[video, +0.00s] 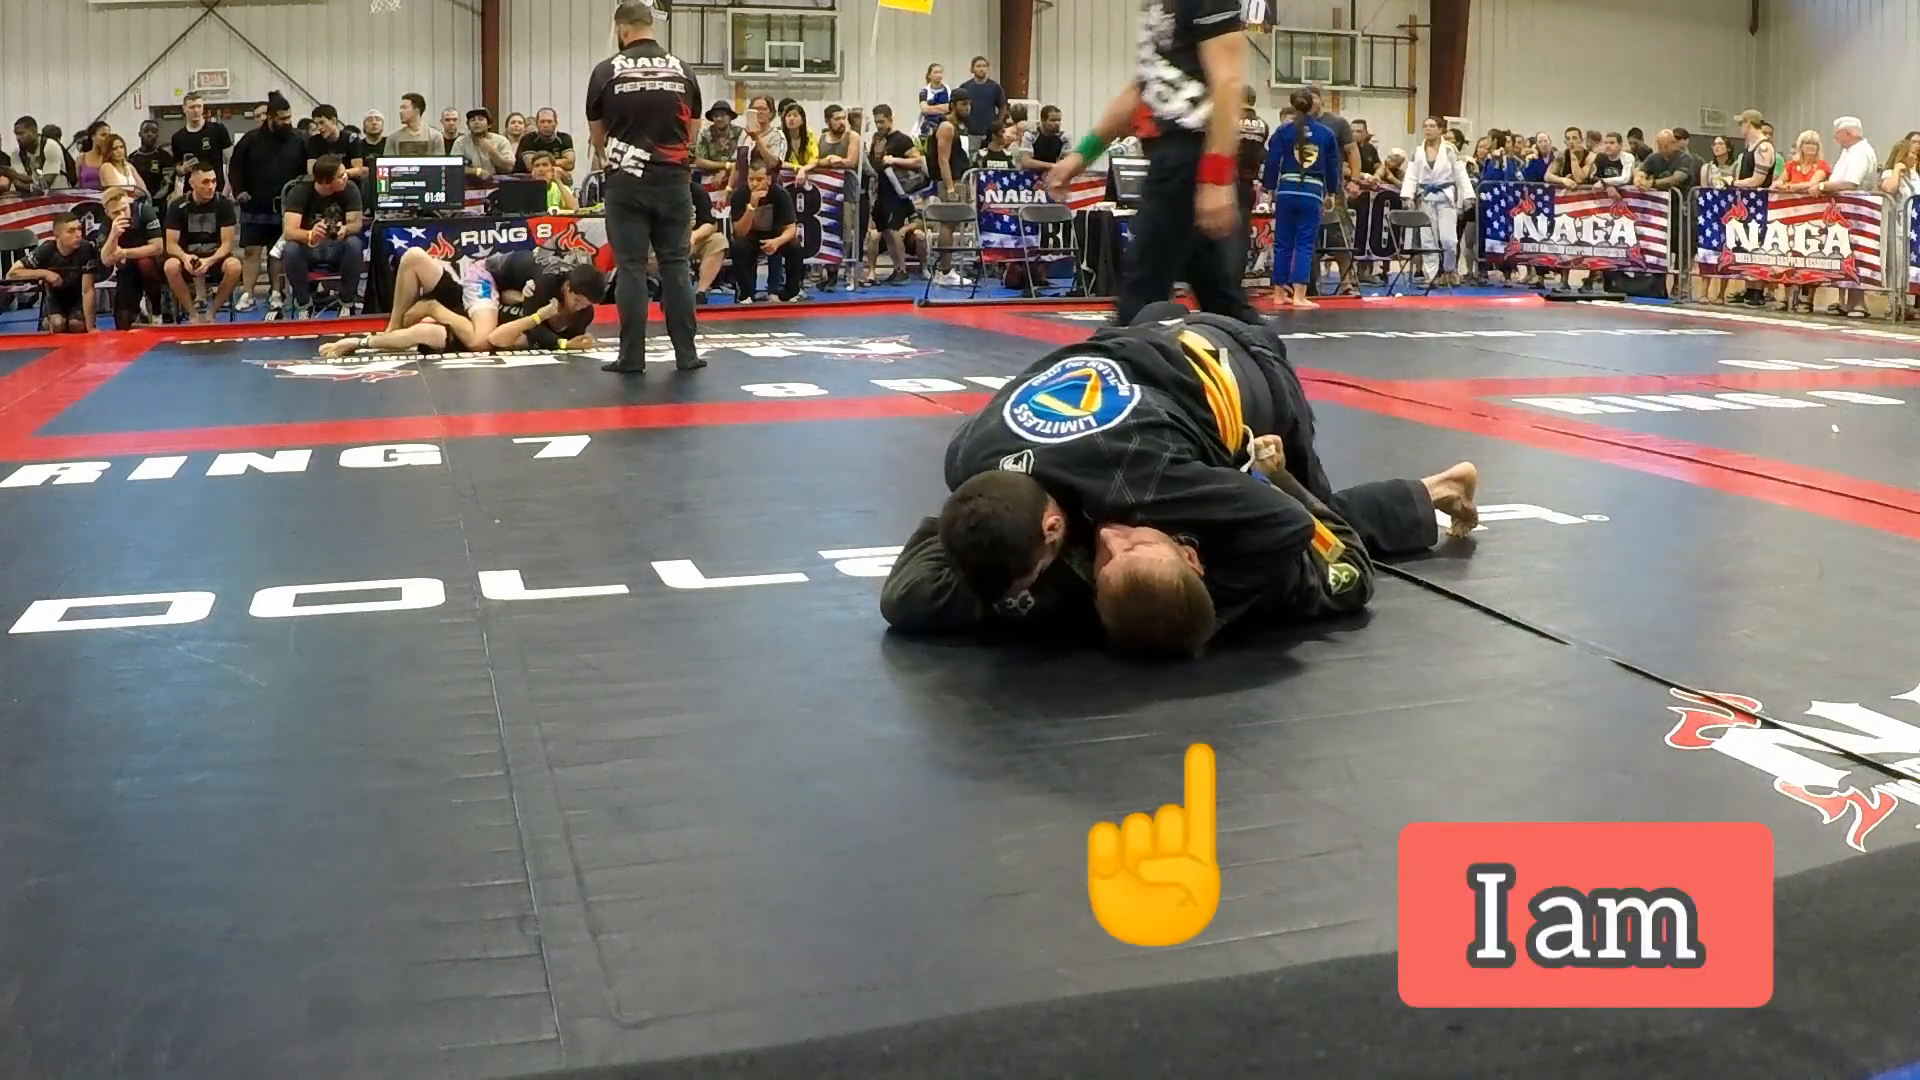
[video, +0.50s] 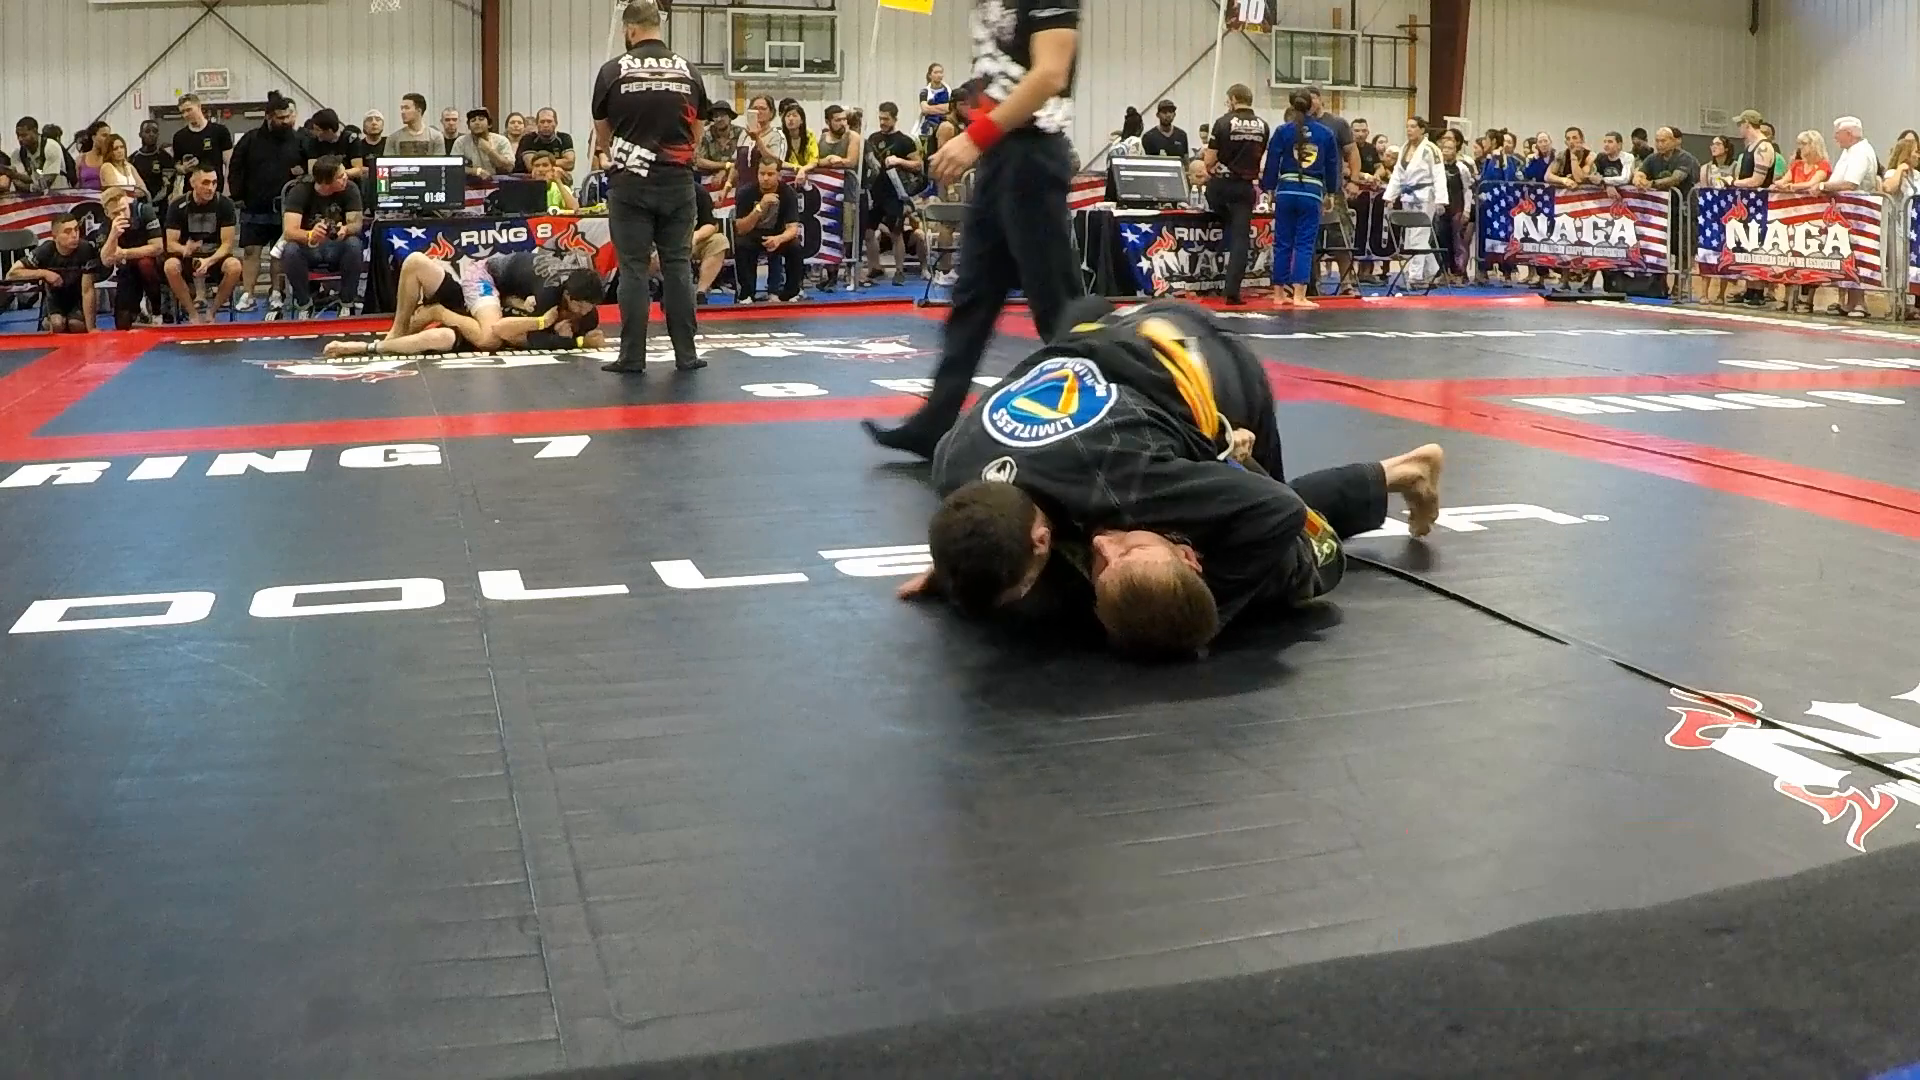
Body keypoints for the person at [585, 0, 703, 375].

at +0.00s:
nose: (617, 37)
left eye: (617, 32)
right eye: (618, 32)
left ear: (622, 30)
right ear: (652, 27)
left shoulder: (606, 71)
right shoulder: (683, 69)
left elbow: (598, 136)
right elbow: (691, 130)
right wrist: (671, 158)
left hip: (626, 183)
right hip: (673, 181)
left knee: (631, 267)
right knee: (677, 263)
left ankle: (631, 358)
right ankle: (686, 354)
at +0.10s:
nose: (621, 37)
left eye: (620, 32)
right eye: (622, 32)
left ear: (626, 30)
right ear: (654, 27)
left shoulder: (609, 70)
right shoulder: (685, 69)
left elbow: (600, 134)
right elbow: (693, 127)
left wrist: (614, 161)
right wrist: (675, 158)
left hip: (628, 183)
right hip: (675, 182)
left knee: (631, 266)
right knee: (677, 264)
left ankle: (631, 358)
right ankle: (686, 355)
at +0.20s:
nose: (623, 37)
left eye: (622, 32)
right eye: (624, 32)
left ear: (628, 30)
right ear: (657, 27)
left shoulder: (610, 70)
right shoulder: (687, 70)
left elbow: (601, 136)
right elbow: (694, 129)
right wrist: (677, 160)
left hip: (629, 184)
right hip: (676, 183)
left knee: (632, 267)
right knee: (678, 265)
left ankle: (632, 358)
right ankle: (687, 355)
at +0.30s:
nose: (624, 37)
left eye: (623, 33)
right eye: (626, 32)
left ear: (628, 31)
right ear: (659, 28)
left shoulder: (611, 70)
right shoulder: (688, 71)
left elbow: (602, 135)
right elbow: (695, 128)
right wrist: (677, 158)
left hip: (629, 184)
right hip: (677, 183)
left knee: (632, 267)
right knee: (678, 265)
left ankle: (632, 357)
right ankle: (686, 355)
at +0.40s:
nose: (625, 37)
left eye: (624, 32)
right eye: (626, 33)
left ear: (629, 31)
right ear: (659, 27)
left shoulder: (611, 70)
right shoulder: (688, 69)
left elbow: (603, 136)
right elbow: (696, 130)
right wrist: (680, 160)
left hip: (630, 183)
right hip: (677, 181)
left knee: (633, 267)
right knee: (678, 264)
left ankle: (632, 358)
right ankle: (686, 354)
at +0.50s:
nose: (625, 37)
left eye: (625, 32)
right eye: (627, 32)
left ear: (630, 31)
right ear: (660, 28)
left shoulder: (612, 70)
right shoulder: (689, 70)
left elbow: (603, 135)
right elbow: (697, 130)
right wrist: (681, 162)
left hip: (630, 182)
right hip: (677, 180)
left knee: (633, 267)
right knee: (677, 263)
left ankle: (632, 357)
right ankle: (686, 354)